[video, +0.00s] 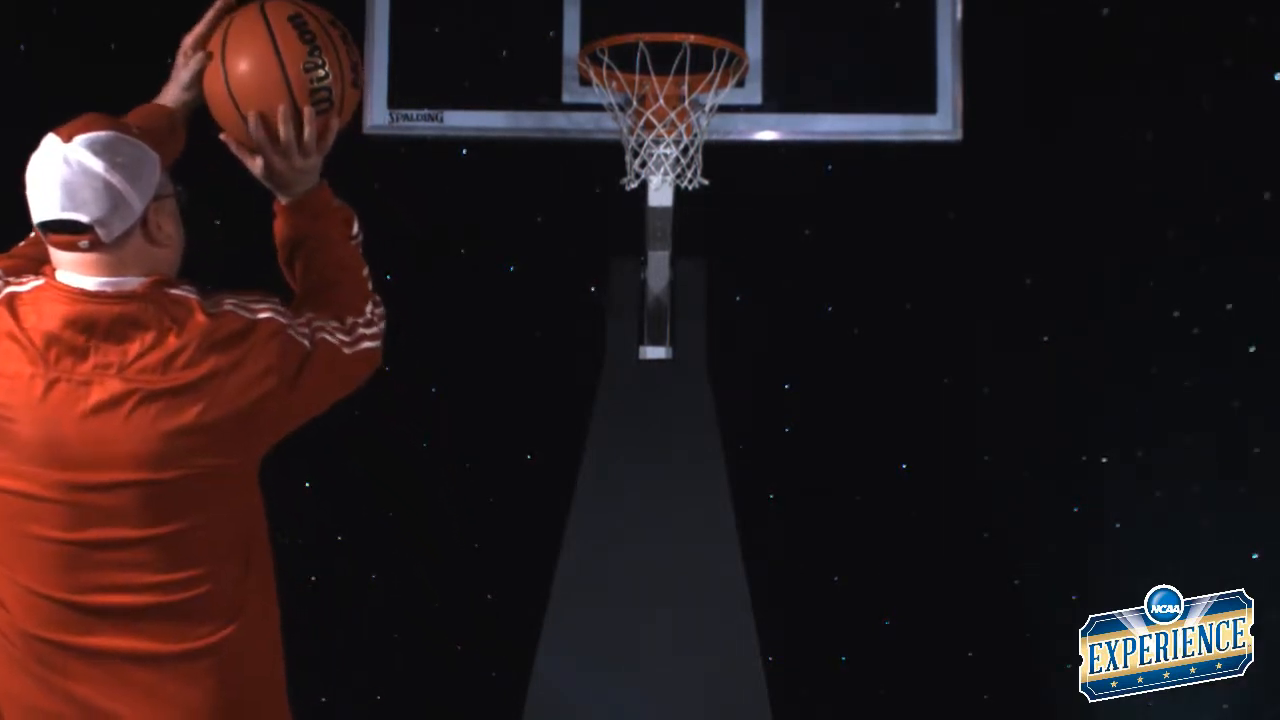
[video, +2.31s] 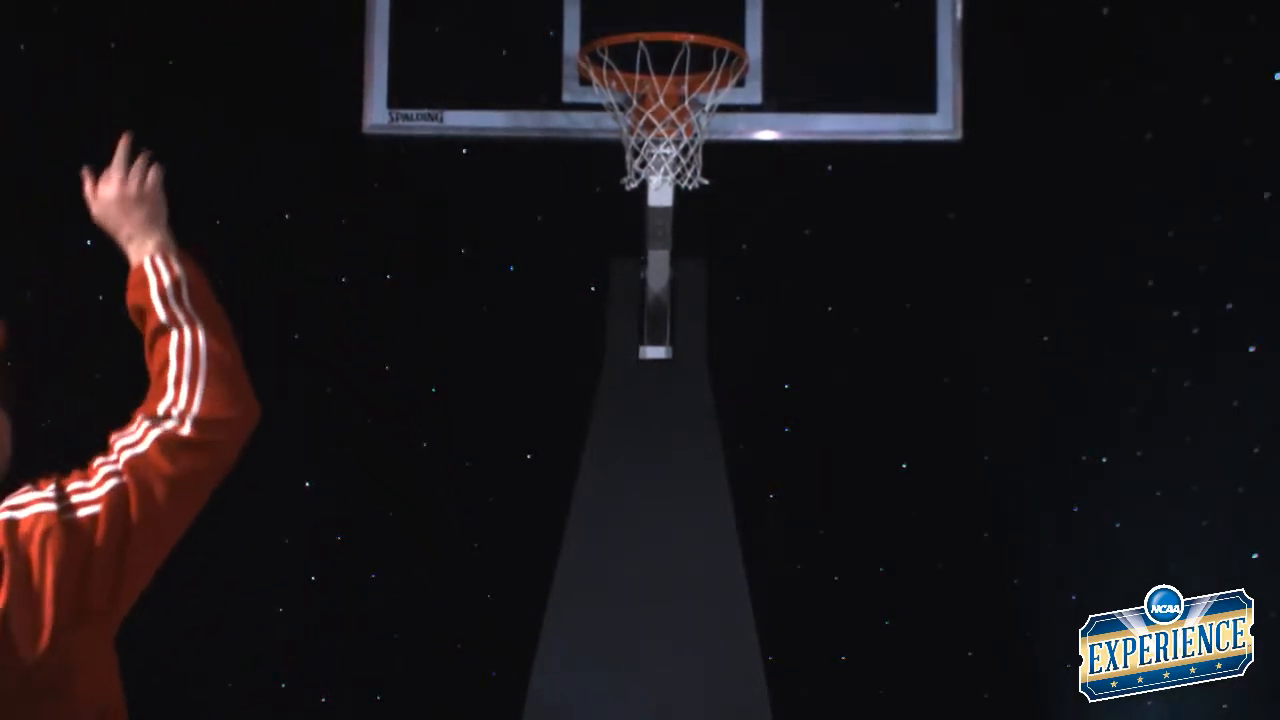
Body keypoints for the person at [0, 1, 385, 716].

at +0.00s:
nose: (176, 210)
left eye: (169, 195)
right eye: (169, 198)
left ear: (50, 224)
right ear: (154, 222)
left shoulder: (3, 325)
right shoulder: (223, 353)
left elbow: (63, 215)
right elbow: (355, 332)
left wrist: (170, 105)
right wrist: (305, 199)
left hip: (33, 698)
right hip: (200, 700)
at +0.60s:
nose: (130, 229)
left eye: (123, 216)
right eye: (121, 219)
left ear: (18, 242)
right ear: (99, 243)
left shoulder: (3, 337)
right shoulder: (160, 358)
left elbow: (34, 190)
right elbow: (288, 261)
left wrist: (157, 119)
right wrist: (303, 118)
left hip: (19, 699)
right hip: (161, 702)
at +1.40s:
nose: (60, 281)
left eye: (45, 272)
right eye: (46, 279)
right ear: (31, 319)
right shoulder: (96, 419)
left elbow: (10, 259)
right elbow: (188, 258)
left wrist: (93, 179)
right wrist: (234, 94)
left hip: (17, 700)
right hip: (127, 701)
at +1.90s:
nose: (22, 353)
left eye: (14, 346)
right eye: (13, 350)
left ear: (12, 378)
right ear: (1, 383)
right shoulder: (40, 500)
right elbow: (186, 335)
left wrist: (18, 248)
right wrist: (176, 155)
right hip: (90, 701)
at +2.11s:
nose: (14, 396)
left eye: (7, 366)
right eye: (7, 367)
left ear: (11, 371)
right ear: (3, 376)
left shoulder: (38, 537)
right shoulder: (33, 539)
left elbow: (190, 371)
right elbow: (190, 368)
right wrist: (159, 194)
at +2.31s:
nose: (9, 414)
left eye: (4, 385)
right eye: (5, 385)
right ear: (4, 409)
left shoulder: (33, 555)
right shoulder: (27, 557)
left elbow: (202, 409)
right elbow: (202, 407)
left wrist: (148, 244)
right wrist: (149, 243)